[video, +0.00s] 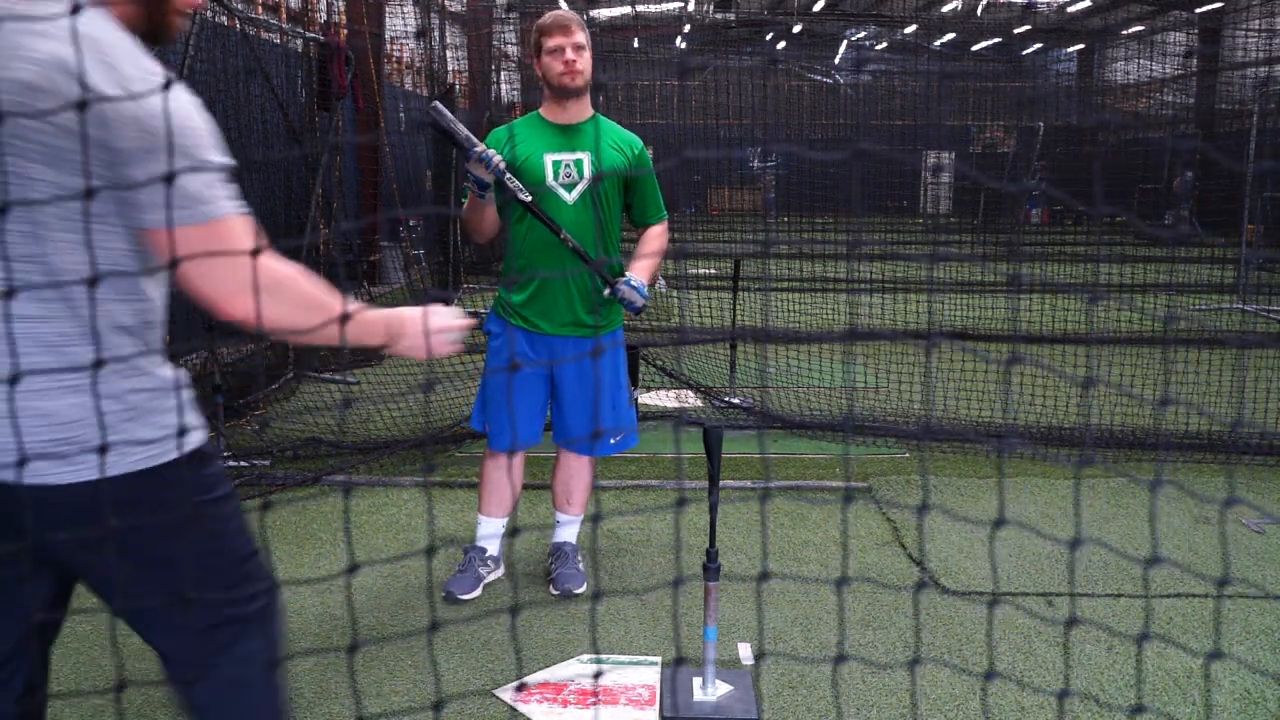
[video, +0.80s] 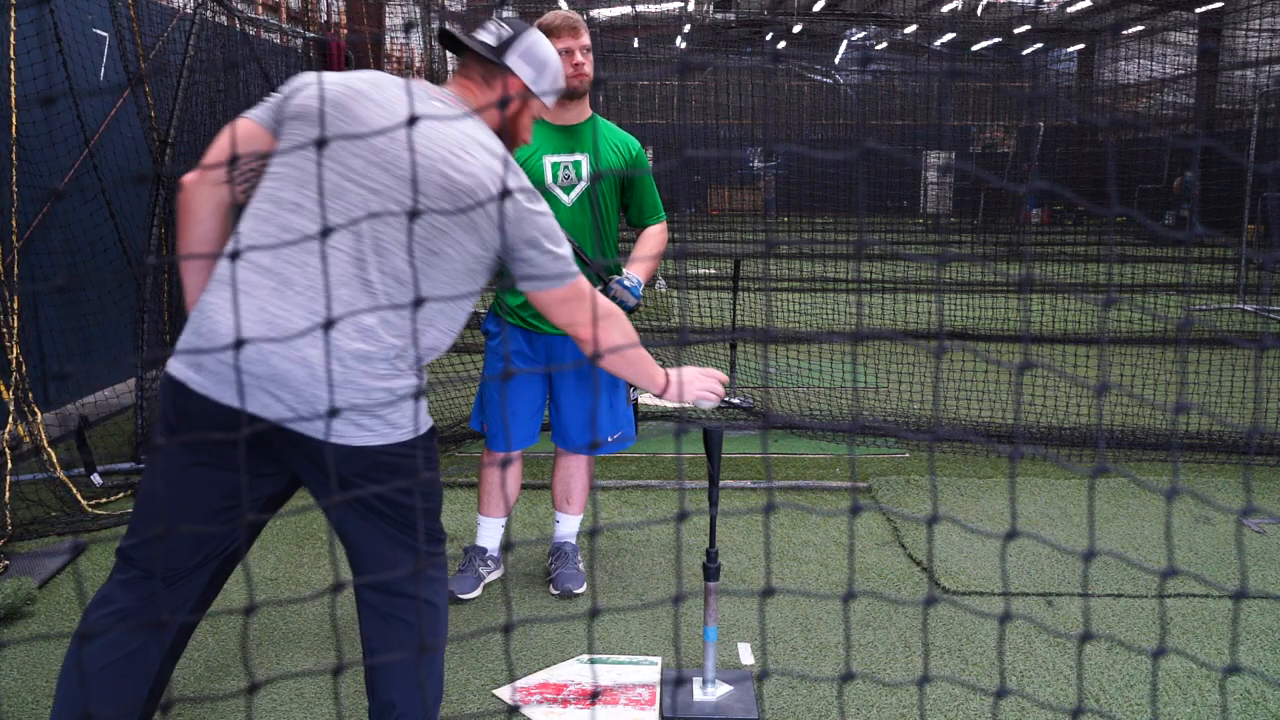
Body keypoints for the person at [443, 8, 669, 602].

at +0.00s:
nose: (569, 59)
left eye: (577, 48)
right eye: (556, 51)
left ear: (592, 57)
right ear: (538, 63)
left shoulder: (625, 148)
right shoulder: (505, 141)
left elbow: (654, 227)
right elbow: (482, 233)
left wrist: (637, 278)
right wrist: (479, 188)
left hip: (593, 322)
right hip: (519, 319)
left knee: (579, 439)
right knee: (504, 440)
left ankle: (566, 547)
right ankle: (486, 551)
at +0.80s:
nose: (580, 61)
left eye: (584, 51)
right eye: (566, 52)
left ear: (595, 60)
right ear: (537, 64)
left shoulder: (621, 148)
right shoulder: (505, 135)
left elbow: (653, 226)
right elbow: (474, 213)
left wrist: (627, 286)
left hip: (589, 324)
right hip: (514, 320)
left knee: (576, 442)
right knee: (500, 444)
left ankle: (566, 546)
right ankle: (485, 551)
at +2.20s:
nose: (434, 130)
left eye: (440, 116)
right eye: (421, 122)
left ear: (458, 86)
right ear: (405, 110)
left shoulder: (518, 137)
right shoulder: (397, 160)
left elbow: (569, 203)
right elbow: (389, 235)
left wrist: (564, 281)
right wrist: (391, 292)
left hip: (522, 324)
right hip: (444, 331)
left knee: (558, 433)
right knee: (439, 443)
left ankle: (598, 540)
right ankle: (432, 548)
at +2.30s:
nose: (462, 132)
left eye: (469, 118)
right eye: (448, 124)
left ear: (483, 89)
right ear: (430, 116)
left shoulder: (541, 143)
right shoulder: (418, 161)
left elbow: (588, 209)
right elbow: (403, 238)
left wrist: (583, 282)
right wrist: (396, 309)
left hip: (535, 322)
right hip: (455, 328)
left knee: (568, 439)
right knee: (445, 444)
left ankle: (603, 544)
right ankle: (431, 548)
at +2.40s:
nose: (474, 134)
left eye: (481, 119)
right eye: (461, 125)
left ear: (500, 92)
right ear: (445, 116)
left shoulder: (558, 146)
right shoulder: (433, 161)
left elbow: (601, 213)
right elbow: (421, 237)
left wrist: (595, 291)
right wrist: (405, 311)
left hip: (544, 325)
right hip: (463, 328)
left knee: (573, 442)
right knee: (449, 445)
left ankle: (604, 545)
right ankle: (432, 549)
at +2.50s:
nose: (505, 131)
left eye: (513, 118)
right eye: (493, 123)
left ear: (532, 94)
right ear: (476, 110)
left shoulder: (583, 148)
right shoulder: (457, 151)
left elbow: (620, 224)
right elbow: (446, 226)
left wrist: (604, 299)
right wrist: (432, 299)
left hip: (555, 325)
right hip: (472, 323)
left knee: (580, 441)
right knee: (451, 438)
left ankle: (605, 544)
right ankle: (423, 544)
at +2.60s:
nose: (515, 131)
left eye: (523, 118)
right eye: (502, 123)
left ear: (541, 94)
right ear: (484, 110)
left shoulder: (589, 150)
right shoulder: (462, 148)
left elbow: (621, 228)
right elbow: (450, 220)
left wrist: (605, 299)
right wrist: (440, 291)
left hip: (557, 325)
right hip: (474, 322)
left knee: (581, 440)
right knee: (449, 435)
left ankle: (606, 544)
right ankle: (419, 539)